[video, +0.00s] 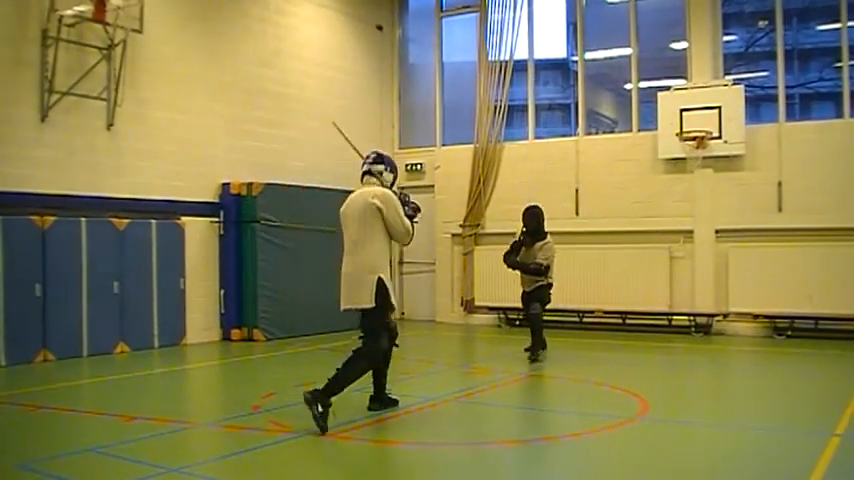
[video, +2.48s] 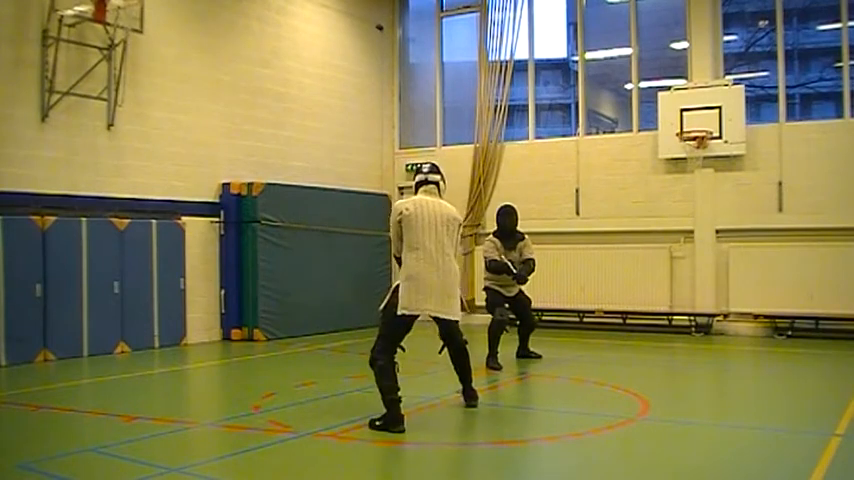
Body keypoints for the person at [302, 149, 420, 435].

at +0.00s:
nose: (394, 181)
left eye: (393, 177)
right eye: (394, 176)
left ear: (365, 173)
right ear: (388, 174)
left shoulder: (349, 201)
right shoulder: (384, 196)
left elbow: (366, 237)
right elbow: (404, 235)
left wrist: (398, 212)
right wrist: (408, 215)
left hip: (355, 279)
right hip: (375, 279)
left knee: (386, 335)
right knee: (377, 344)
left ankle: (380, 395)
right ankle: (322, 396)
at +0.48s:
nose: (403, 179)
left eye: (403, 174)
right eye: (402, 174)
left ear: (374, 172)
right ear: (395, 173)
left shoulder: (357, 203)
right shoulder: (395, 197)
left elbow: (371, 237)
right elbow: (414, 241)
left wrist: (407, 216)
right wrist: (421, 220)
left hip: (361, 288)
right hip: (387, 287)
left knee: (383, 342)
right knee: (403, 354)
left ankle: (379, 394)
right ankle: (367, 417)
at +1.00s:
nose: (413, 183)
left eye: (412, 179)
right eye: (412, 179)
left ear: (383, 178)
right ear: (406, 178)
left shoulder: (366, 210)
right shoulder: (410, 205)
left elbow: (375, 249)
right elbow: (426, 251)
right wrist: (428, 227)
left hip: (376, 297)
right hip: (404, 296)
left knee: (411, 333)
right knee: (412, 363)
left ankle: (416, 388)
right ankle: (366, 417)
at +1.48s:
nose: (433, 185)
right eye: (432, 182)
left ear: (406, 183)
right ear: (430, 182)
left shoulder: (392, 206)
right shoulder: (442, 207)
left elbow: (382, 247)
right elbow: (449, 253)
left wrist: (405, 259)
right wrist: (428, 260)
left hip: (403, 287)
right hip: (436, 287)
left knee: (408, 338)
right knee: (449, 346)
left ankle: (418, 391)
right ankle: (421, 383)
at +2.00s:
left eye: (434, 178)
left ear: (433, 180)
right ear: (457, 180)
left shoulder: (422, 204)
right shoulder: (470, 208)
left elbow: (418, 248)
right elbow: (473, 243)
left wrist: (433, 272)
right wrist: (454, 264)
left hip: (434, 279)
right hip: (466, 280)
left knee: (396, 331)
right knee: (461, 331)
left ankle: (397, 387)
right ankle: (471, 391)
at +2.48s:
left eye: (416, 184)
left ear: (415, 185)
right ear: (441, 186)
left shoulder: (401, 207)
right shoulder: (454, 214)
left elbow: (397, 252)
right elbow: (455, 253)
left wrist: (414, 276)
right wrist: (433, 277)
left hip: (410, 290)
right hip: (446, 292)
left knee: (382, 352)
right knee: (455, 340)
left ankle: (393, 415)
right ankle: (469, 392)